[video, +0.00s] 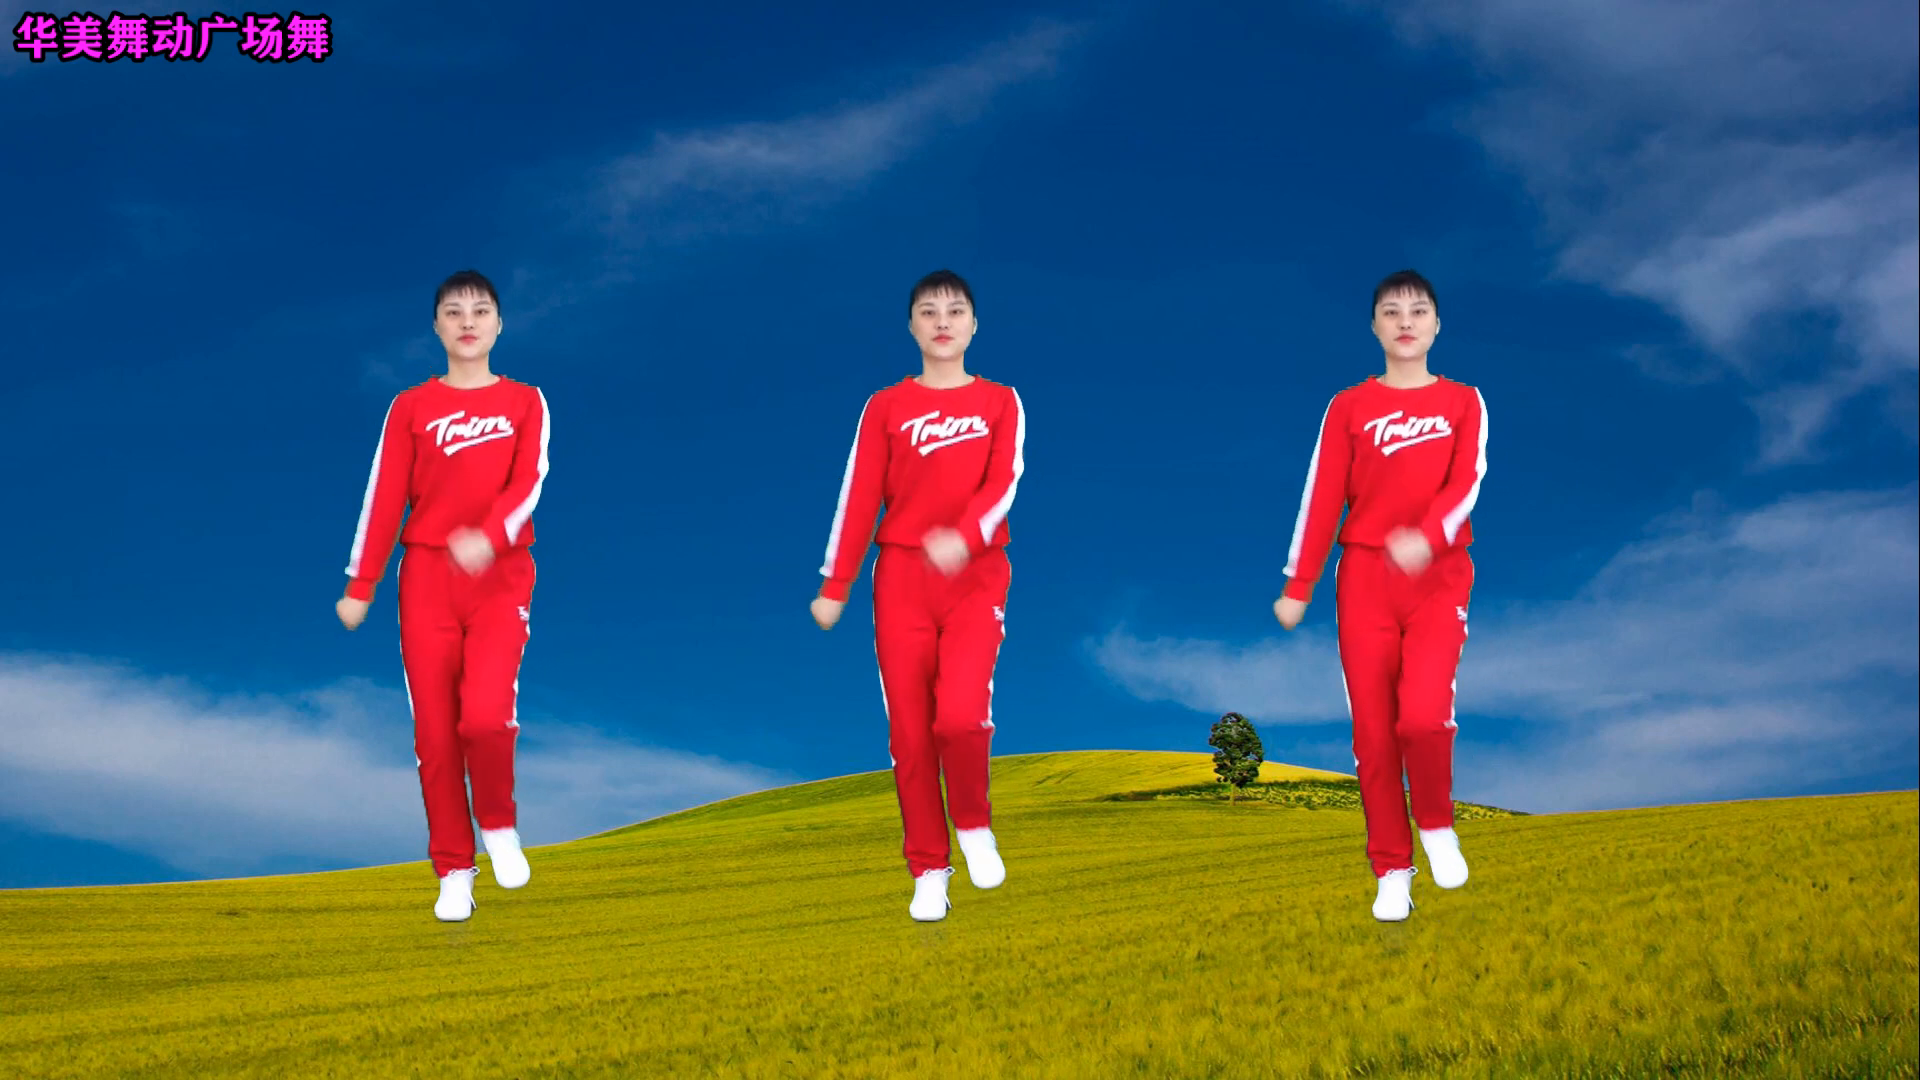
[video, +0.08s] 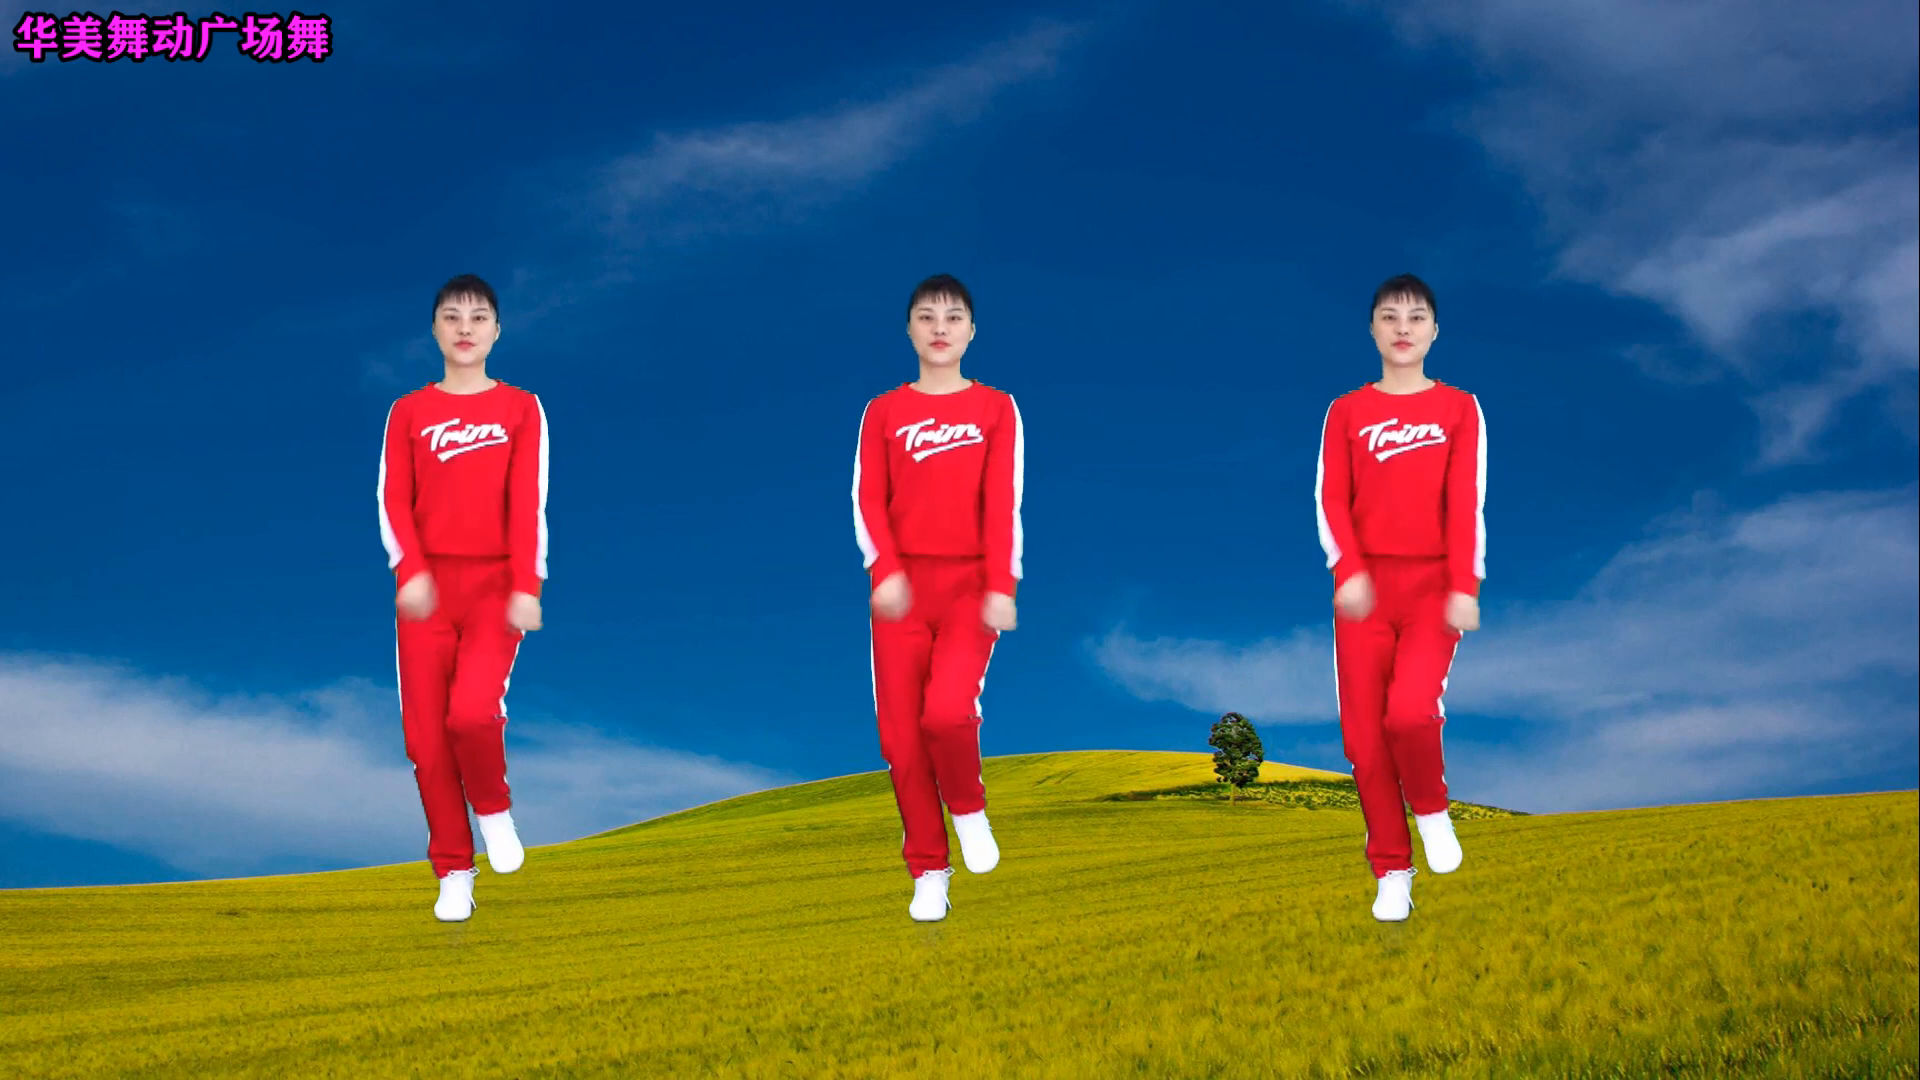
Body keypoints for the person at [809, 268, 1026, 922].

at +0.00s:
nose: (942, 322)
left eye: (954, 312)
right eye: (930, 313)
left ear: (972, 323)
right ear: (913, 325)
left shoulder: (1001, 401)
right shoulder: (884, 407)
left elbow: (1005, 484)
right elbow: (859, 499)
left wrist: (965, 534)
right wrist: (836, 585)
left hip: (976, 580)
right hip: (902, 580)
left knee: (960, 720)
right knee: (909, 729)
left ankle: (973, 823)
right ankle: (927, 865)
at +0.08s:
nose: (941, 327)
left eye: (953, 318)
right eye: (928, 318)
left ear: (969, 330)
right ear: (911, 330)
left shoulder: (998, 407)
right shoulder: (882, 411)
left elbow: (1005, 501)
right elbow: (866, 498)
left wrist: (1002, 585)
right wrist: (885, 570)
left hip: (972, 583)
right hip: (901, 584)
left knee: (946, 715)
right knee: (900, 733)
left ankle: (967, 809)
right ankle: (927, 866)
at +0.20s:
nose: (939, 310)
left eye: (952, 300)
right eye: (927, 300)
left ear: (969, 312)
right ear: (909, 312)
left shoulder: (996, 389)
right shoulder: (879, 392)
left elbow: (1036, 477)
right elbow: (841, 471)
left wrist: (1055, 565)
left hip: (974, 565)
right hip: (899, 566)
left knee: (948, 709)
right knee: (906, 721)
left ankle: (963, 818)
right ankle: (929, 862)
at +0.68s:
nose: (946, 322)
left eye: (959, 311)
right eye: (933, 312)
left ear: (976, 321)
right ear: (917, 323)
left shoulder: (1007, 399)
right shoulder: (890, 403)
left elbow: (1051, 485)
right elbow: (884, 487)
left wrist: (1092, 567)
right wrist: (908, 555)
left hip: (998, 574)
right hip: (922, 575)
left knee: (988, 727)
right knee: (935, 721)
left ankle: (970, 868)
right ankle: (933, 837)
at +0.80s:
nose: (948, 327)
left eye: (959, 316)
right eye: (934, 317)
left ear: (977, 325)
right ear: (919, 329)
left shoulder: (1009, 406)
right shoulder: (894, 410)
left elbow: (1029, 495)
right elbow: (874, 504)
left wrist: (1014, 568)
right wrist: (862, 592)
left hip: (998, 578)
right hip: (922, 579)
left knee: (997, 729)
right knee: (950, 703)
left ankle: (971, 869)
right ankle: (937, 805)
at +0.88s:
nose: (947, 313)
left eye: (958, 302)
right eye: (934, 304)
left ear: (977, 312)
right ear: (917, 318)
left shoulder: (1009, 390)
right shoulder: (893, 399)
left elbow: (1038, 474)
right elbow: (853, 485)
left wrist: (987, 498)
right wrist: (824, 569)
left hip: (999, 570)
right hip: (922, 570)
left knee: (991, 722)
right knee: (950, 697)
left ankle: (972, 867)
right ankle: (941, 806)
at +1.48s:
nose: (935, 326)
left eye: (948, 316)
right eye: (923, 316)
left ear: (966, 327)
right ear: (906, 329)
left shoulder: (994, 404)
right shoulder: (880, 411)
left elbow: (1010, 498)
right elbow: (864, 493)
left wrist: (1024, 589)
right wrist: (903, 538)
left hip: (968, 585)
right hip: (893, 588)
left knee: (939, 715)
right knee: (892, 735)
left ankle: (966, 808)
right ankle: (929, 866)